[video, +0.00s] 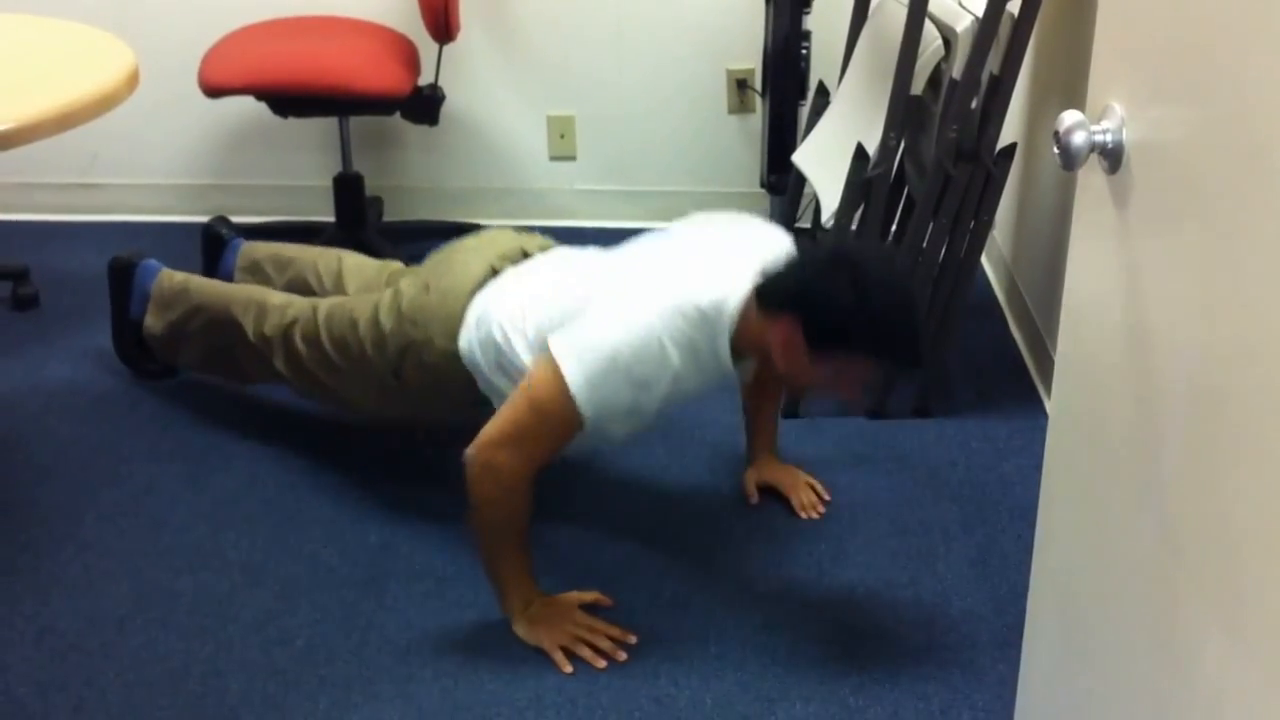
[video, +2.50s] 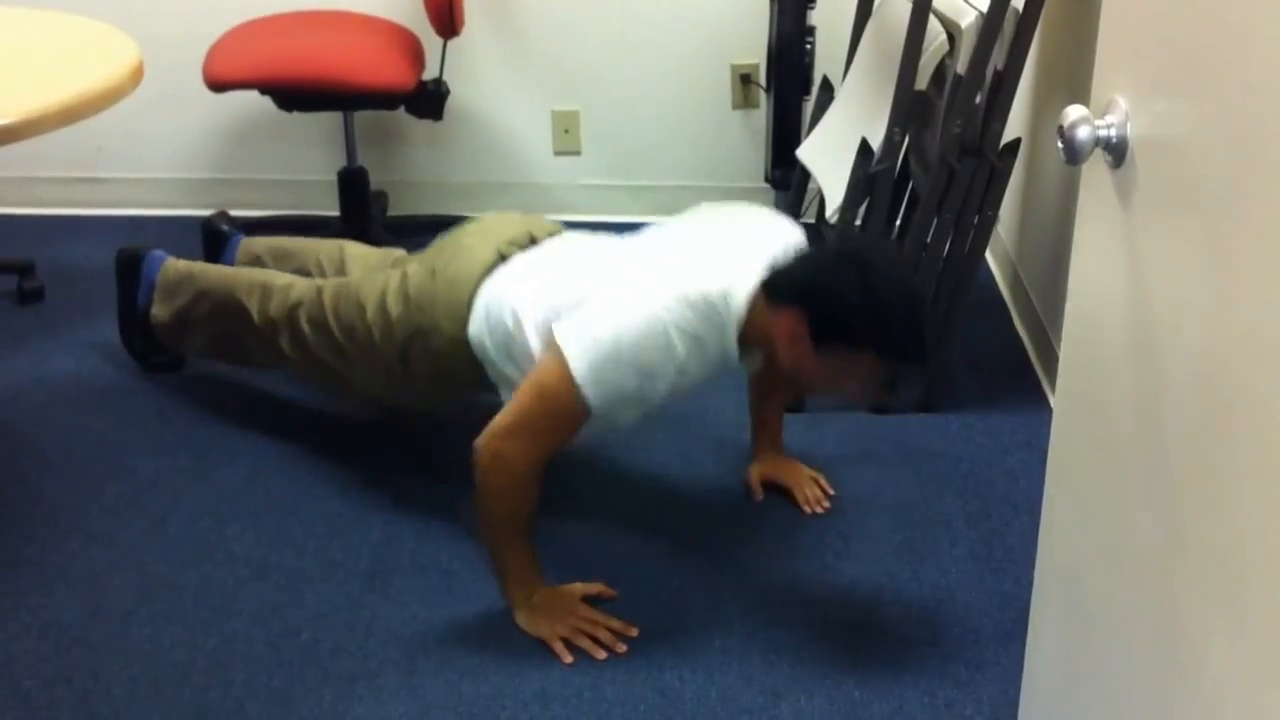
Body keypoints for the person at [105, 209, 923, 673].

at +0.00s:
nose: (838, 395)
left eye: (857, 387)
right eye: (842, 380)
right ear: (791, 340)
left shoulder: (770, 248)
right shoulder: (644, 345)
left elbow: (765, 357)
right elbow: (493, 462)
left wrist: (762, 454)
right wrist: (527, 606)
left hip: (522, 255)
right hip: (462, 325)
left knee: (375, 282)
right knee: (295, 337)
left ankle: (245, 250)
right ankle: (157, 308)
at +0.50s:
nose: (839, 561)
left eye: (854, 552)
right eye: (843, 548)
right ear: (803, 512)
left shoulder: (790, 376)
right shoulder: (678, 472)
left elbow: (780, 309)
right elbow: (478, 487)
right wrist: (528, 606)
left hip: (542, 328)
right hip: (466, 398)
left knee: (388, 313)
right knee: (294, 364)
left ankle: (240, 255)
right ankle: (159, 304)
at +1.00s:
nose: (827, 329)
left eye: (841, 313)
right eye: (823, 310)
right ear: (766, 265)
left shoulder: (758, 207)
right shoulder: (616, 286)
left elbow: (760, 326)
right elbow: (508, 440)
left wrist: (764, 452)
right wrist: (526, 595)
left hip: (511, 226)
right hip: (448, 302)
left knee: (370, 258)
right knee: (288, 324)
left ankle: (231, 248)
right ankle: (154, 308)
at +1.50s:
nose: (821, 520)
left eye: (837, 511)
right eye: (825, 507)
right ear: (790, 475)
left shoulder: (781, 333)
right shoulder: (658, 442)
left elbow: (740, 298)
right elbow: (468, 481)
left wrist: (753, 451)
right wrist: (528, 601)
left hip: (532, 305)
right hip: (461, 381)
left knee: (384, 301)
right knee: (288, 353)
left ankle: (237, 249)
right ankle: (154, 299)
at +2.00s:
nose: (829, 452)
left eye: (845, 449)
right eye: (837, 443)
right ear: (800, 404)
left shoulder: (782, 287)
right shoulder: (669, 383)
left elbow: (757, 371)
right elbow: (478, 468)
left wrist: (764, 446)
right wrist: (529, 600)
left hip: (529, 277)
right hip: (463, 358)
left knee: (374, 283)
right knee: (292, 344)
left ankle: (233, 245)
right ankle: (154, 299)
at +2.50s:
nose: (848, 393)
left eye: (865, 383)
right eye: (850, 377)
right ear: (797, 335)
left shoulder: (780, 240)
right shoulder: (654, 334)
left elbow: (774, 350)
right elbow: (501, 453)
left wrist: (767, 446)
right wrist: (529, 596)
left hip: (533, 238)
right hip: (467, 307)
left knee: (379, 271)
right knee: (307, 319)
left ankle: (243, 243)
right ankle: (165, 295)